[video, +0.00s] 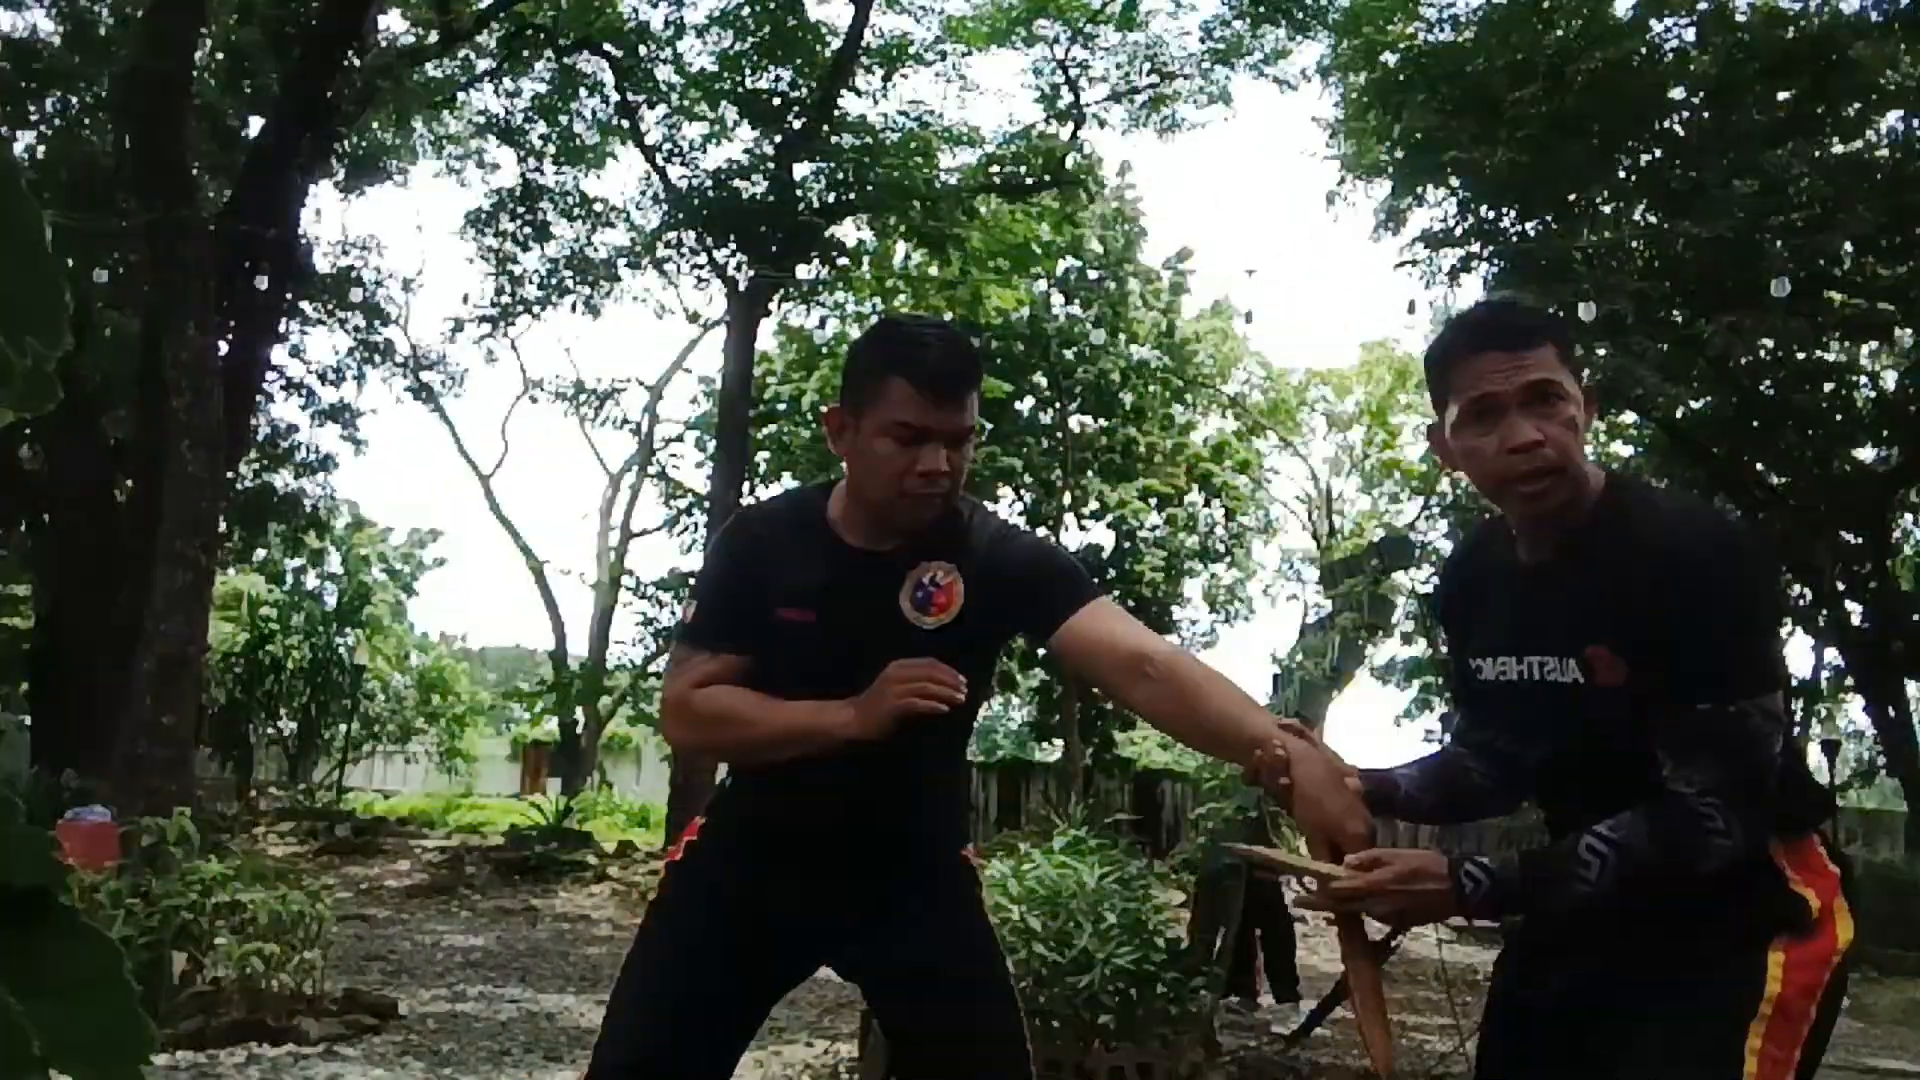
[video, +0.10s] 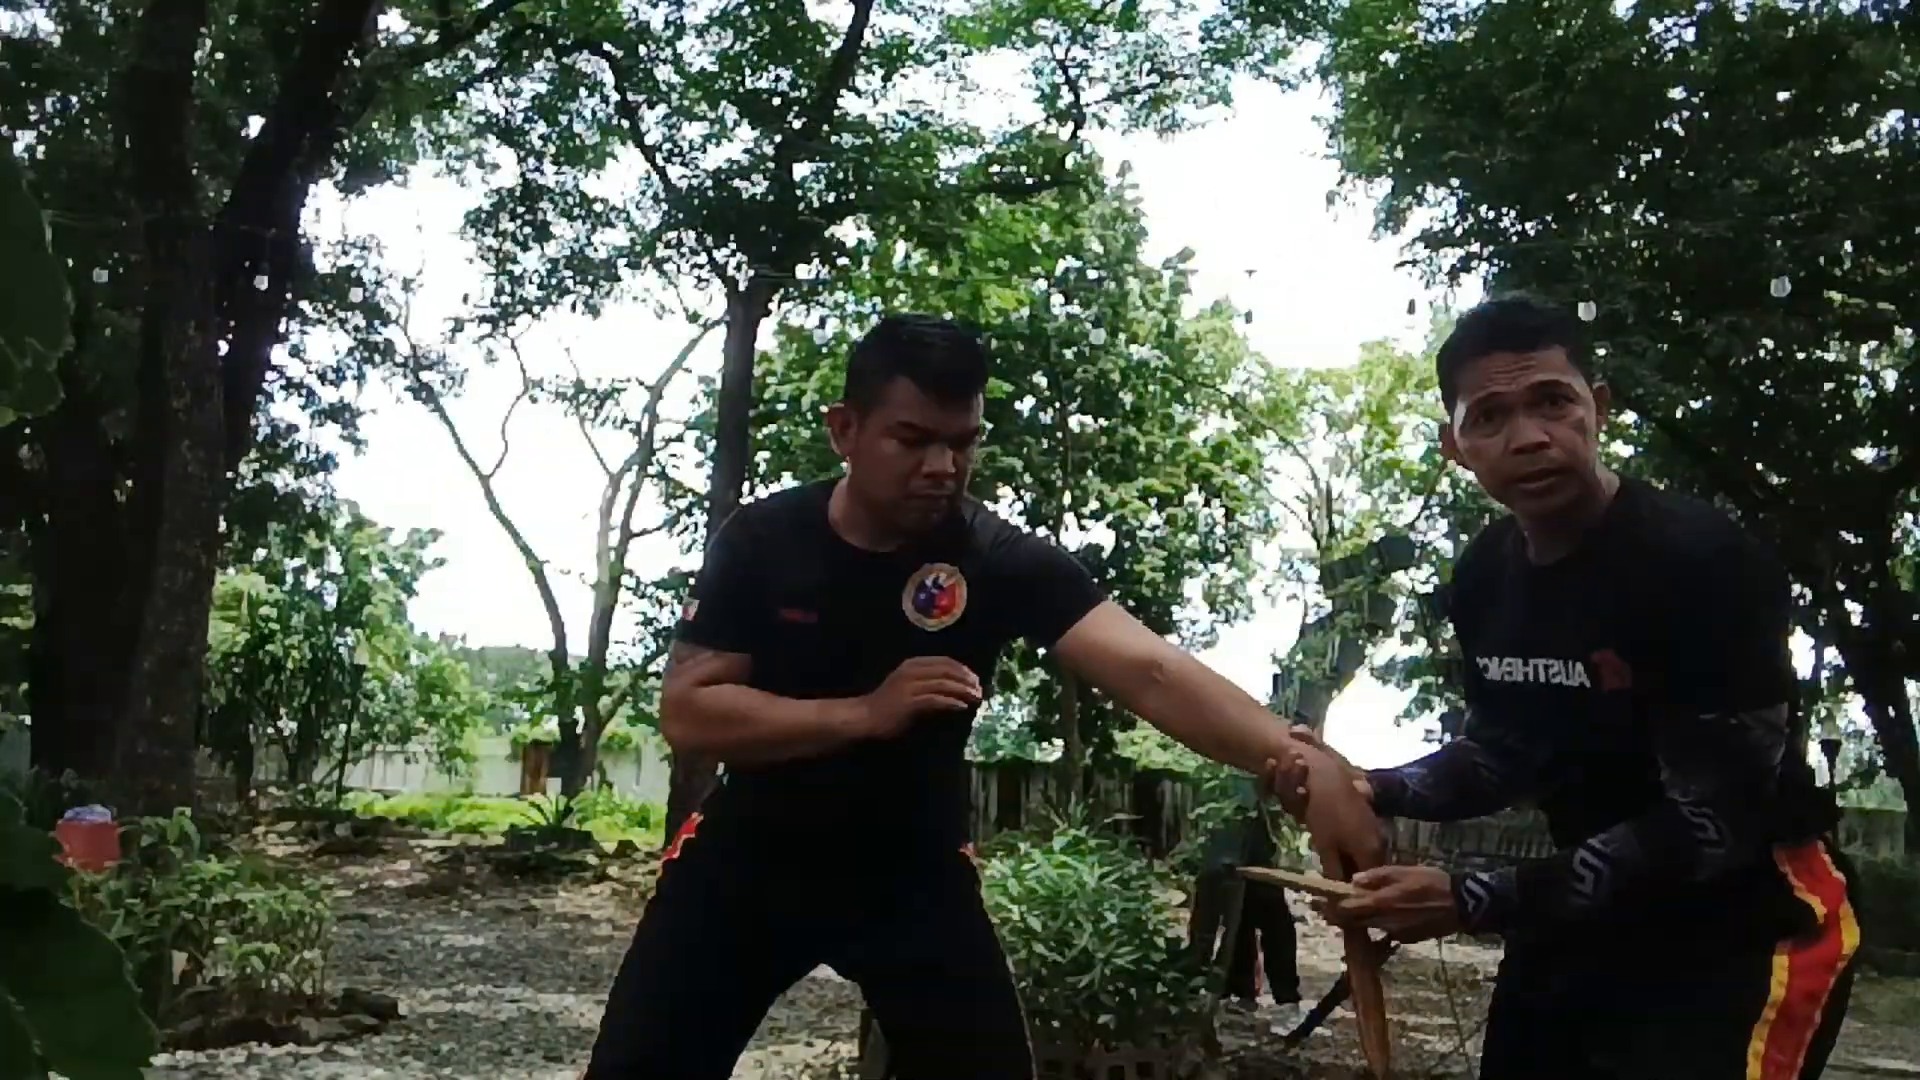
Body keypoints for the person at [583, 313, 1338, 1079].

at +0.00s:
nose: (938, 467)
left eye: (958, 444)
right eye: (910, 440)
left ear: (976, 438)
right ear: (841, 430)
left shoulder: (999, 563)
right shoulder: (755, 545)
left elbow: (1144, 666)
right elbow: (686, 716)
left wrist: (1291, 758)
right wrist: (848, 717)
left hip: (912, 881)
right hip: (750, 868)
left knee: (982, 1067)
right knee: (637, 1063)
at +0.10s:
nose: (939, 469)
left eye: (961, 445)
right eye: (912, 439)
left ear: (979, 441)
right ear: (843, 430)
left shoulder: (1001, 562)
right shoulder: (758, 542)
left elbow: (1149, 671)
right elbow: (688, 715)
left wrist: (1305, 767)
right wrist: (863, 714)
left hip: (913, 880)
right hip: (748, 867)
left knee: (987, 1068)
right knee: (633, 1065)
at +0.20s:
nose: (949, 468)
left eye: (967, 444)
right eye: (921, 441)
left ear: (985, 440)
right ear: (849, 430)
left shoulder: (1005, 564)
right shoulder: (758, 546)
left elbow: (1156, 670)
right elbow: (688, 716)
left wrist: (1305, 760)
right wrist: (855, 718)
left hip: (917, 883)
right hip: (746, 869)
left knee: (987, 1071)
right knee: (635, 1068)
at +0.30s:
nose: (958, 469)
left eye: (976, 446)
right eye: (932, 443)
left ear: (992, 442)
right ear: (858, 431)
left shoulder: (1008, 563)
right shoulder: (764, 544)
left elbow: (1169, 670)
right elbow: (692, 713)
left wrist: (1336, 767)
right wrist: (862, 721)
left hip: (921, 884)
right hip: (749, 870)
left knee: (990, 1067)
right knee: (638, 1065)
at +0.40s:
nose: (961, 470)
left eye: (980, 445)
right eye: (935, 442)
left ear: (997, 441)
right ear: (862, 429)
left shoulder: (1010, 562)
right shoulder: (766, 545)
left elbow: (1179, 667)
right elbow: (697, 718)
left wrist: (1343, 753)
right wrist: (869, 722)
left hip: (923, 885)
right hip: (751, 871)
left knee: (992, 1067)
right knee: (639, 1066)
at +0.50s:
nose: (972, 467)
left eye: (988, 443)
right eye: (945, 441)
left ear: (1004, 440)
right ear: (870, 429)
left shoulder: (1015, 555)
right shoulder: (774, 544)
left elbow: (1191, 651)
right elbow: (702, 718)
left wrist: (1358, 734)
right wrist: (880, 721)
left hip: (927, 885)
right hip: (752, 874)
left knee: (997, 1067)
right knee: (641, 1068)